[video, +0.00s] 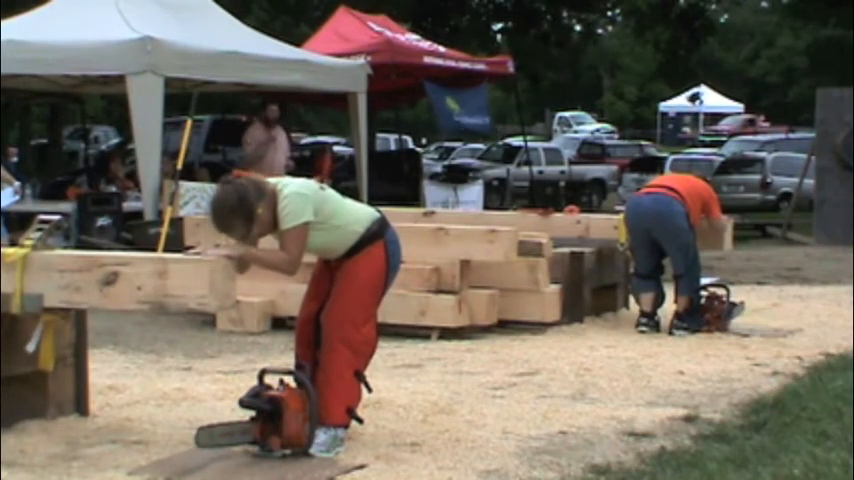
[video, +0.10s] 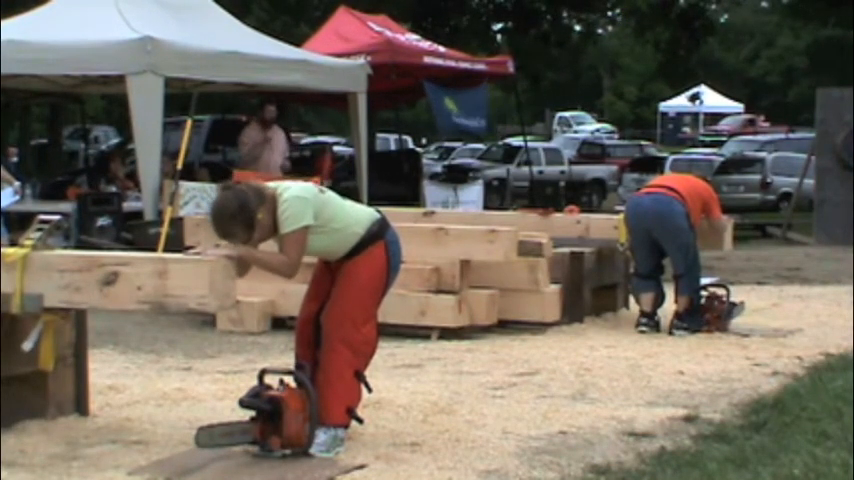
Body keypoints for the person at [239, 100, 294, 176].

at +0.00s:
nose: (274, 115)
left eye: (276, 112)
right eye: (271, 112)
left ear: (279, 114)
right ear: (264, 113)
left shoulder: (280, 132)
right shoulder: (253, 131)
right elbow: (248, 158)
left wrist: (287, 163)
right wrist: (266, 143)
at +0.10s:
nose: (271, 115)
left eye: (273, 112)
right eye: (268, 112)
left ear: (276, 114)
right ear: (261, 113)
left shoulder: (279, 133)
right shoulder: (250, 131)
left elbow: (284, 157)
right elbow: (244, 157)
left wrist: (286, 165)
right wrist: (262, 143)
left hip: (275, 176)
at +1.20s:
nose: (276, 121)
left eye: (279, 118)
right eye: (273, 118)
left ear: (282, 117)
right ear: (266, 116)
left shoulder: (291, 134)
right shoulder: (255, 133)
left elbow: (299, 155)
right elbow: (248, 159)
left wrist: (290, 165)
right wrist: (263, 144)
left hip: (284, 178)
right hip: (259, 178)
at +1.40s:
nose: (279, 122)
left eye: (282, 119)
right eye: (276, 119)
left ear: (286, 118)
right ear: (271, 118)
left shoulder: (295, 133)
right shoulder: (259, 133)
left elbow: (304, 154)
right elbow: (250, 160)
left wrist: (294, 166)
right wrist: (264, 149)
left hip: (287, 180)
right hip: (263, 179)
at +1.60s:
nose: (281, 123)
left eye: (284, 120)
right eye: (277, 120)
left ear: (287, 119)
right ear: (272, 118)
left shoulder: (297, 133)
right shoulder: (261, 133)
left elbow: (306, 154)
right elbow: (251, 162)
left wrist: (296, 167)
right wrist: (266, 150)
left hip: (289, 181)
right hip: (265, 180)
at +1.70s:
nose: (281, 123)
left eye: (284, 120)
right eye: (277, 120)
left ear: (287, 119)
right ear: (272, 118)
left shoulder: (297, 133)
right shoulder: (261, 133)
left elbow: (306, 154)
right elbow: (251, 162)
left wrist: (296, 167)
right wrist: (266, 150)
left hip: (290, 181)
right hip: (265, 181)